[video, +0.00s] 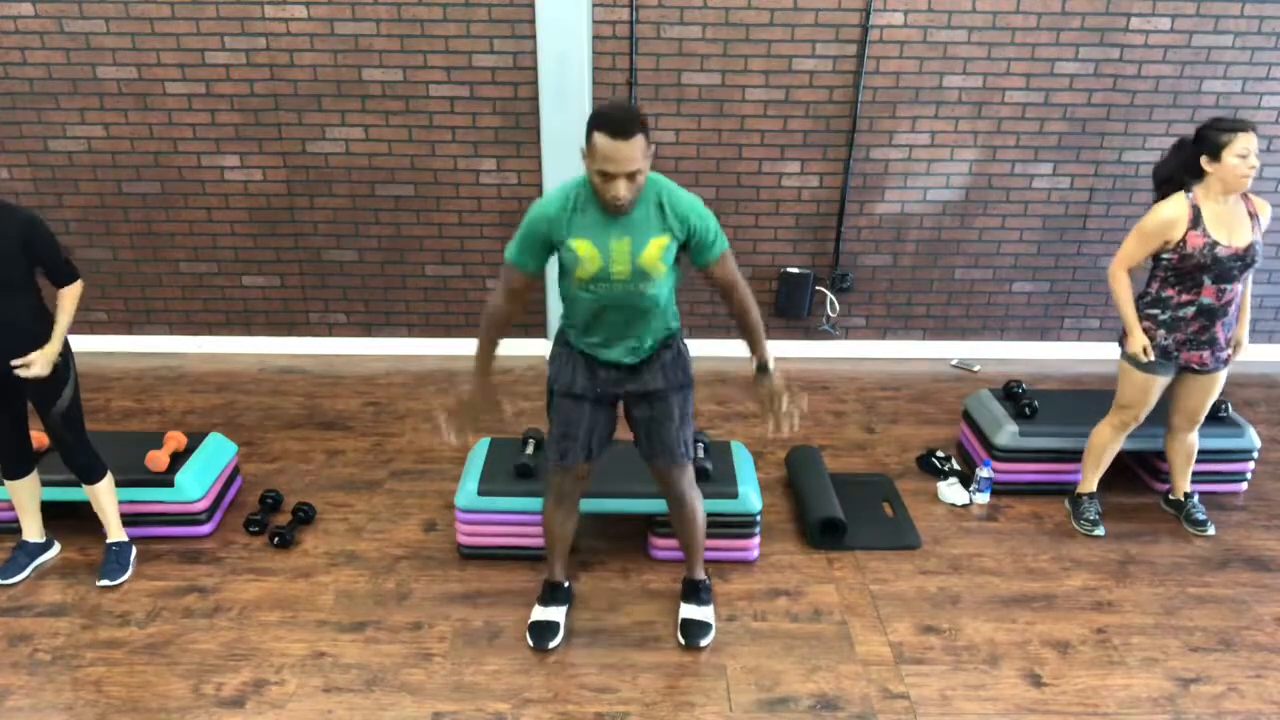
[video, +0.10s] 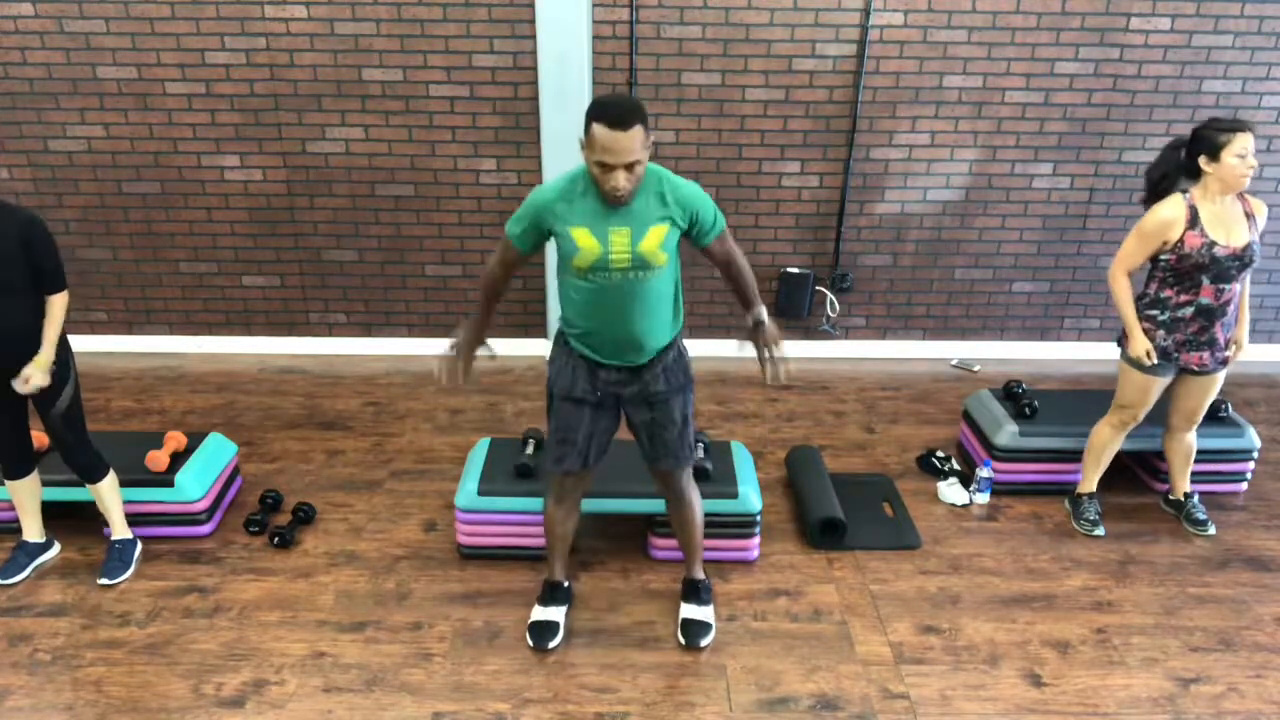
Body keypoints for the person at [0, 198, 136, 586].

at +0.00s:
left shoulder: (19, 223)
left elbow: (70, 282)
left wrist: (52, 348)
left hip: (40, 355)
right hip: (0, 368)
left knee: (75, 449)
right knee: (12, 455)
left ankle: (118, 542)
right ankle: (34, 540)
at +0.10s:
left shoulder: (23, 225)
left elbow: (57, 293)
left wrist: (45, 359)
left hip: (43, 357)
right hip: (1, 369)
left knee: (76, 448)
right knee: (13, 455)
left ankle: (123, 537)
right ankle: (34, 540)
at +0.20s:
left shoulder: (25, 225)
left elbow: (60, 295)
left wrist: (55, 368)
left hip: (44, 356)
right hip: (2, 367)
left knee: (81, 446)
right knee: (12, 453)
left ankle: (124, 537)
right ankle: (34, 540)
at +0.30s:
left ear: (5, 185)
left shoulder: (31, 223)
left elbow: (65, 295)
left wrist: (73, 365)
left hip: (43, 361)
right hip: (4, 369)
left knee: (83, 448)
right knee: (13, 453)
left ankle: (124, 538)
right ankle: (32, 539)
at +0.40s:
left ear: (5, 186)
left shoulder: (34, 224)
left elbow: (69, 294)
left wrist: (82, 365)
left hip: (46, 361)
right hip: (4, 370)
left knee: (84, 449)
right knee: (13, 456)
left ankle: (124, 538)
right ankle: (31, 539)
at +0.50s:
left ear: (6, 185)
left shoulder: (35, 225)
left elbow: (68, 298)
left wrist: (80, 367)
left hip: (46, 363)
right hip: (4, 371)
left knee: (84, 450)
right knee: (14, 457)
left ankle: (124, 538)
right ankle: (31, 539)